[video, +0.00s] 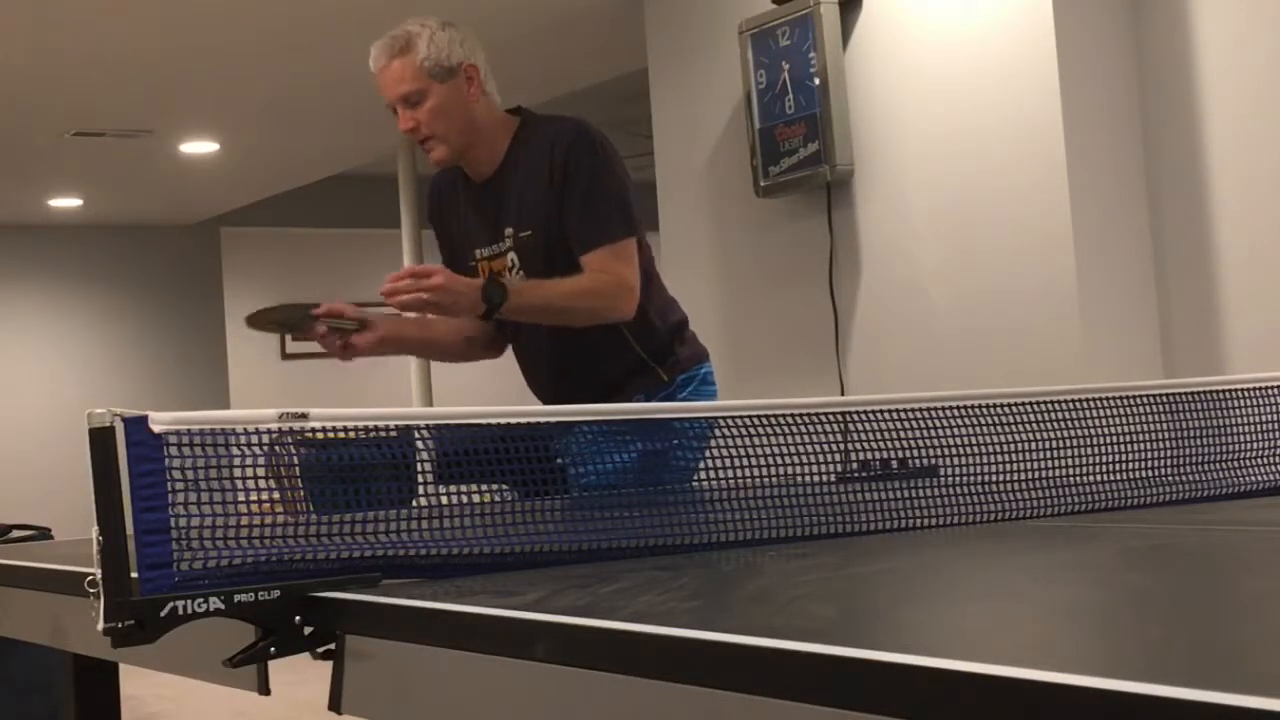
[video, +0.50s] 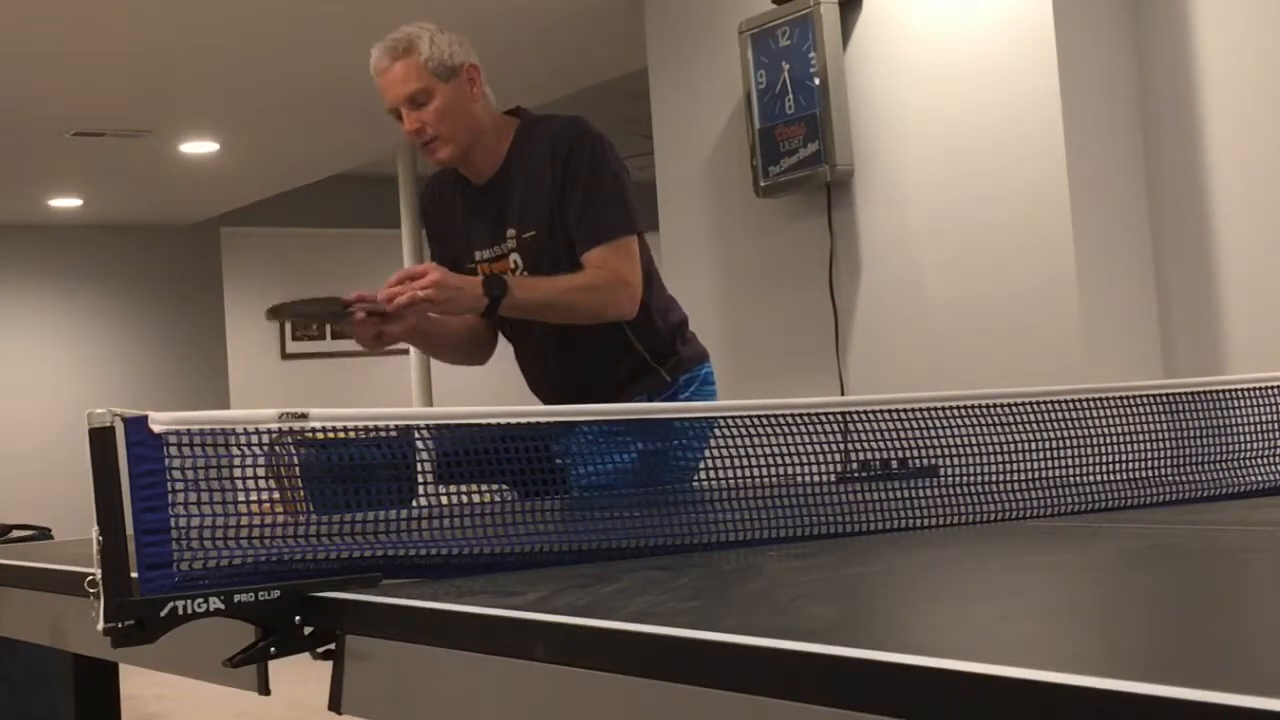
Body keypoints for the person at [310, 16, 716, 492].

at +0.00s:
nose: (405, 125)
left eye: (414, 101)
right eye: (396, 112)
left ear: (470, 82)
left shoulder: (574, 148)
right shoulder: (448, 194)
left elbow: (618, 295)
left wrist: (485, 296)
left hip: (664, 394)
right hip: (578, 413)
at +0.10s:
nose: (407, 124)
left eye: (415, 99)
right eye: (396, 111)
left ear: (468, 79)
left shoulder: (569, 144)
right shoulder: (445, 196)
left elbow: (615, 290)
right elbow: (488, 339)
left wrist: (475, 296)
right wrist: (414, 337)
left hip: (663, 396)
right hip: (577, 415)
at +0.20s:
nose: (407, 123)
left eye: (416, 98)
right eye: (395, 110)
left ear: (468, 78)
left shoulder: (568, 143)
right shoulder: (443, 197)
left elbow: (615, 287)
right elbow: (476, 346)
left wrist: (473, 301)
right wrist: (423, 335)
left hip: (663, 394)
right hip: (577, 415)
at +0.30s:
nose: (407, 123)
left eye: (416, 98)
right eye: (395, 111)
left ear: (468, 79)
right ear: (391, 116)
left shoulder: (569, 144)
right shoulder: (441, 198)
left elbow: (619, 288)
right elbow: (471, 347)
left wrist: (480, 295)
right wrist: (410, 332)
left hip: (664, 394)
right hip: (577, 416)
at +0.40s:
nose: (409, 126)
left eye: (418, 101)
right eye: (396, 114)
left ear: (468, 80)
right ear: (393, 121)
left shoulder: (569, 144)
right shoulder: (442, 197)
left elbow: (621, 290)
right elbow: (471, 346)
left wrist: (482, 292)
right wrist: (403, 328)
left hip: (665, 394)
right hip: (577, 413)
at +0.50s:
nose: (410, 127)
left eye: (420, 101)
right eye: (397, 115)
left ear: (471, 82)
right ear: (393, 121)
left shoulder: (570, 145)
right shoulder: (442, 198)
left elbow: (619, 293)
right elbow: (478, 345)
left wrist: (480, 293)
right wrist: (413, 327)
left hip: (665, 393)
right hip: (578, 414)